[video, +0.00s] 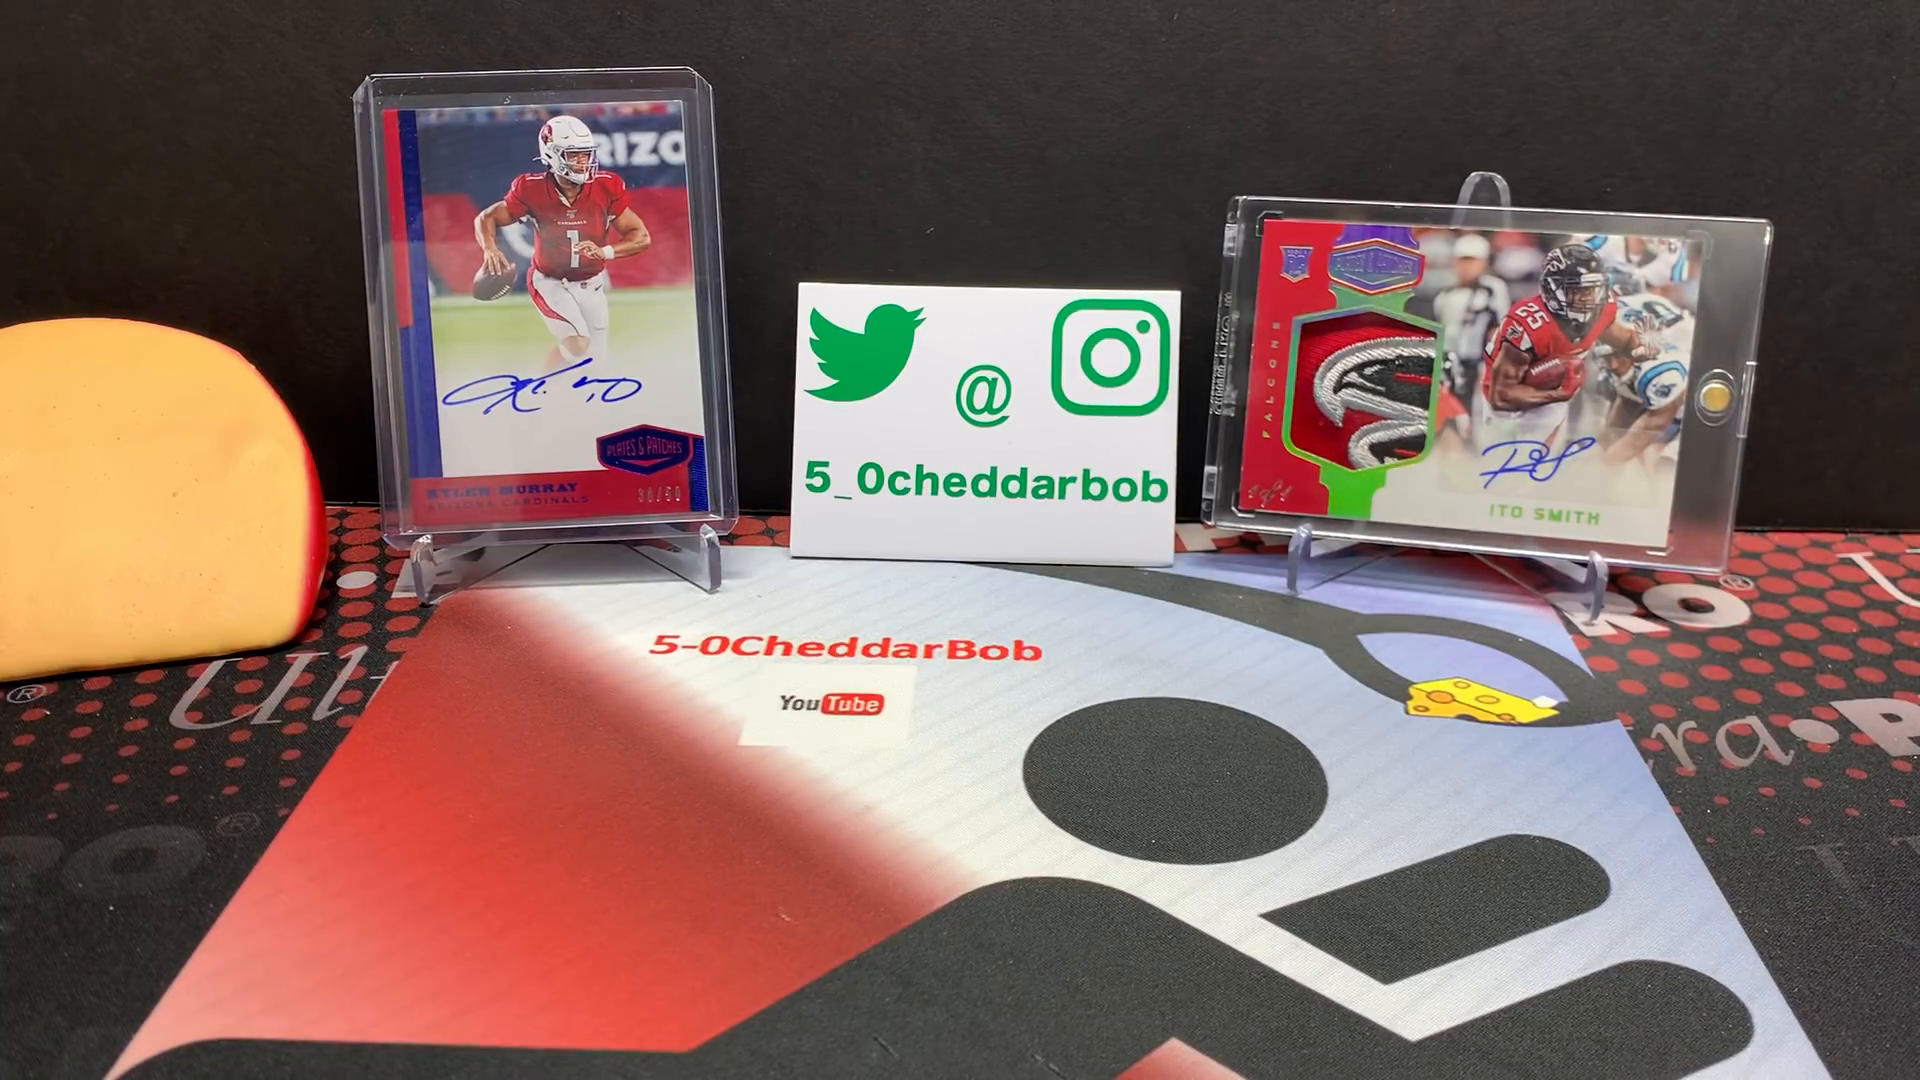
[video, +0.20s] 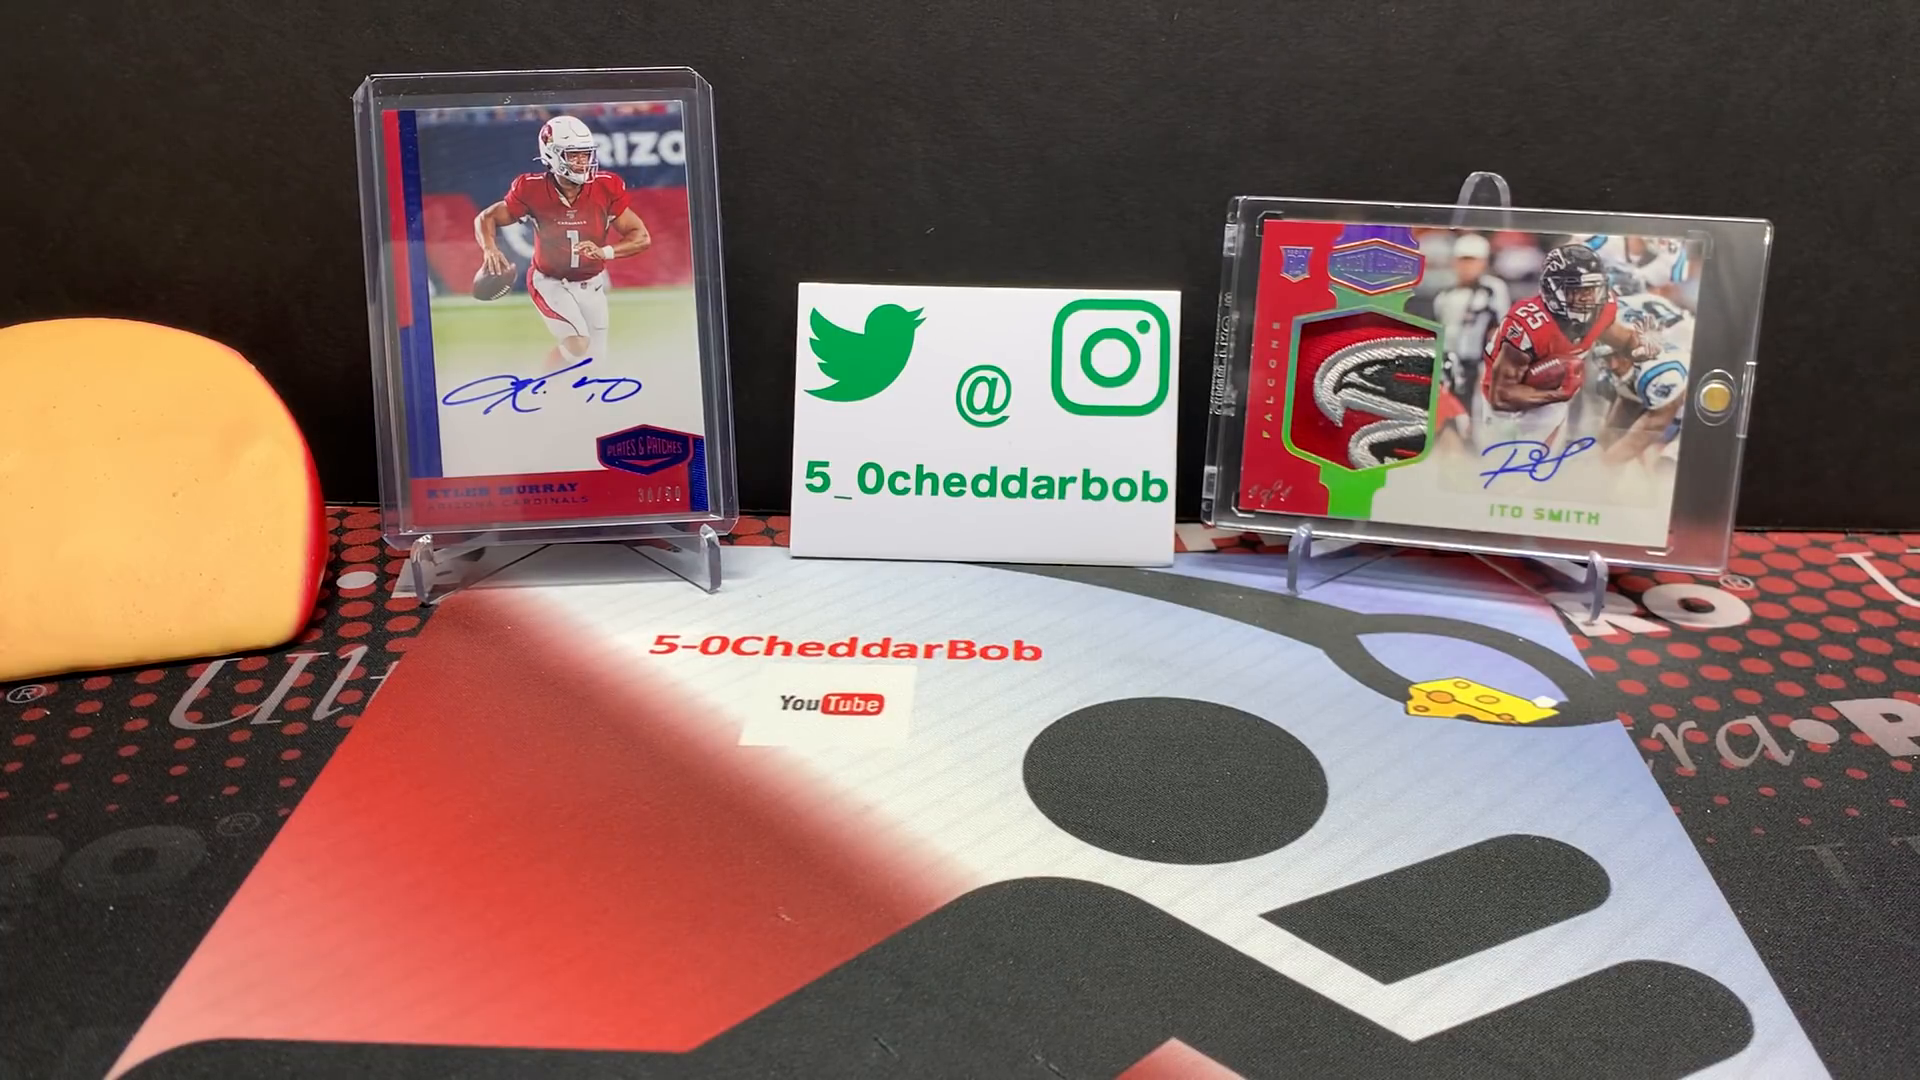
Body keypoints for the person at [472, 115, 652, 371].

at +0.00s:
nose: (580, 162)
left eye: (585, 155)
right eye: (573, 156)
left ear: (591, 154)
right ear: (552, 155)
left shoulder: (606, 187)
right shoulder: (530, 189)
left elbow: (641, 238)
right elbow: (484, 219)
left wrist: (605, 252)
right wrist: (490, 248)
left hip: (591, 283)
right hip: (549, 280)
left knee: (596, 362)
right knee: (577, 344)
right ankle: (534, 391)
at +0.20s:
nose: (580, 162)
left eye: (584, 155)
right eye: (572, 156)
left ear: (591, 154)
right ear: (552, 155)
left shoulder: (606, 187)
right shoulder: (530, 189)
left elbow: (641, 238)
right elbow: (484, 219)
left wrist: (605, 252)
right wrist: (490, 248)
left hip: (591, 283)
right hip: (549, 281)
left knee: (595, 362)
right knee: (577, 345)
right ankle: (535, 390)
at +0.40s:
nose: (580, 162)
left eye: (584, 155)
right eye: (572, 156)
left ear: (592, 154)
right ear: (552, 155)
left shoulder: (606, 187)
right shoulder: (530, 189)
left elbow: (642, 237)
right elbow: (484, 219)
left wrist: (606, 252)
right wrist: (490, 249)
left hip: (591, 283)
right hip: (549, 281)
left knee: (596, 362)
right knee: (577, 345)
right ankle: (534, 390)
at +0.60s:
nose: (580, 162)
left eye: (585, 155)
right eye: (572, 156)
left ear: (592, 154)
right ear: (552, 155)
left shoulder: (607, 187)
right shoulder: (530, 189)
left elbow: (642, 238)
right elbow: (484, 219)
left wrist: (606, 252)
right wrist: (490, 249)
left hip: (591, 283)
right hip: (549, 281)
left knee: (596, 363)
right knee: (577, 345)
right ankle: (534, 390)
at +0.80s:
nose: (580, 162)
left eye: (584, 154)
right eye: (572, 155)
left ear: (592, 154)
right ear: (552, 155)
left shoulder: (607, 187)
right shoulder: (530, 189)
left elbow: (642, 237)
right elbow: (484, 219)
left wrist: (606, 252)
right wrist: (490, 248)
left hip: (591, 283)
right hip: (549, 281)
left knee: (596, 363)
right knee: (577, 344)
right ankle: (534, 390)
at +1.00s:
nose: (580, 162)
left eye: (585, 155)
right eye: (573, 156)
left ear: (592, 154)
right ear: (552, 155)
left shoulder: (607, 187)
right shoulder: (530, 189)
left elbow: (642, 237)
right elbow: (484, 219)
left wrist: (606, 252)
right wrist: (490, 249)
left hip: (591, 283)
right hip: (549, 281)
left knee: (596, 363)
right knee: (577, 344)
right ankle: (534, 391)